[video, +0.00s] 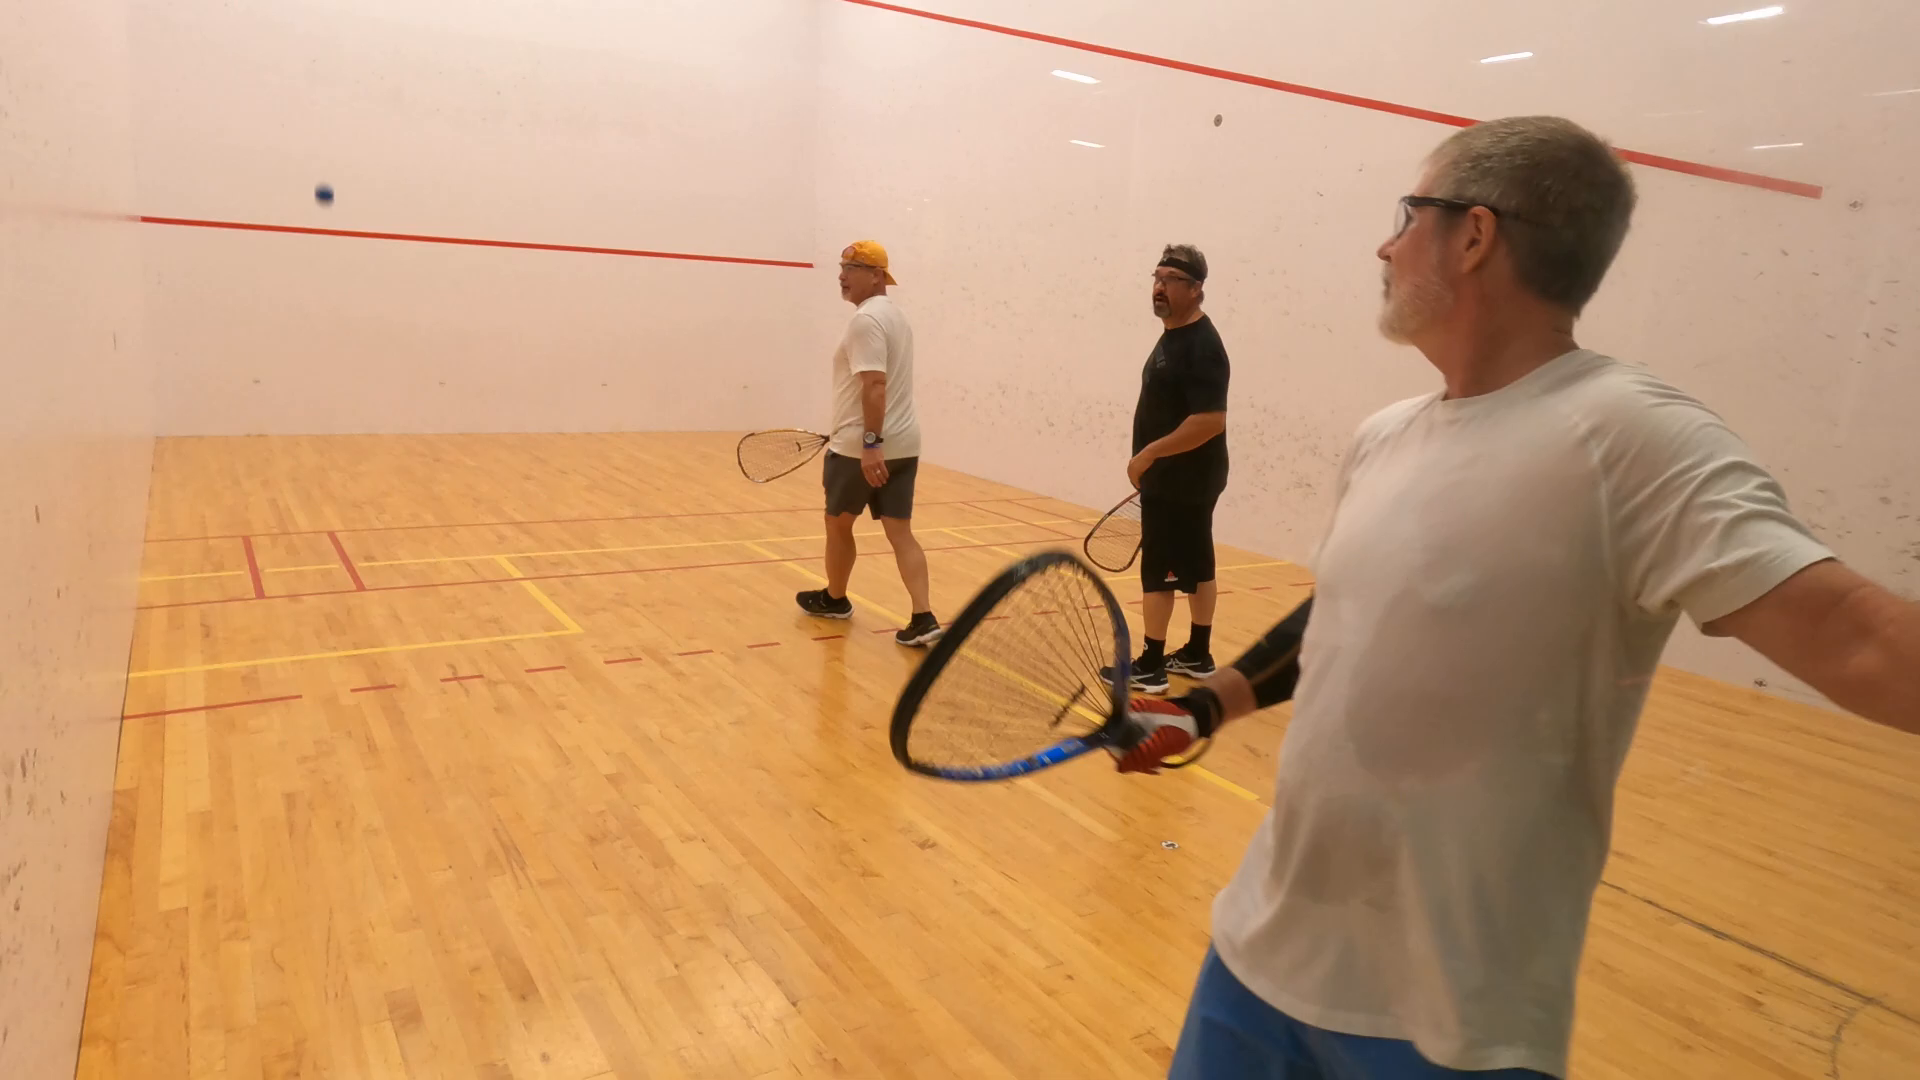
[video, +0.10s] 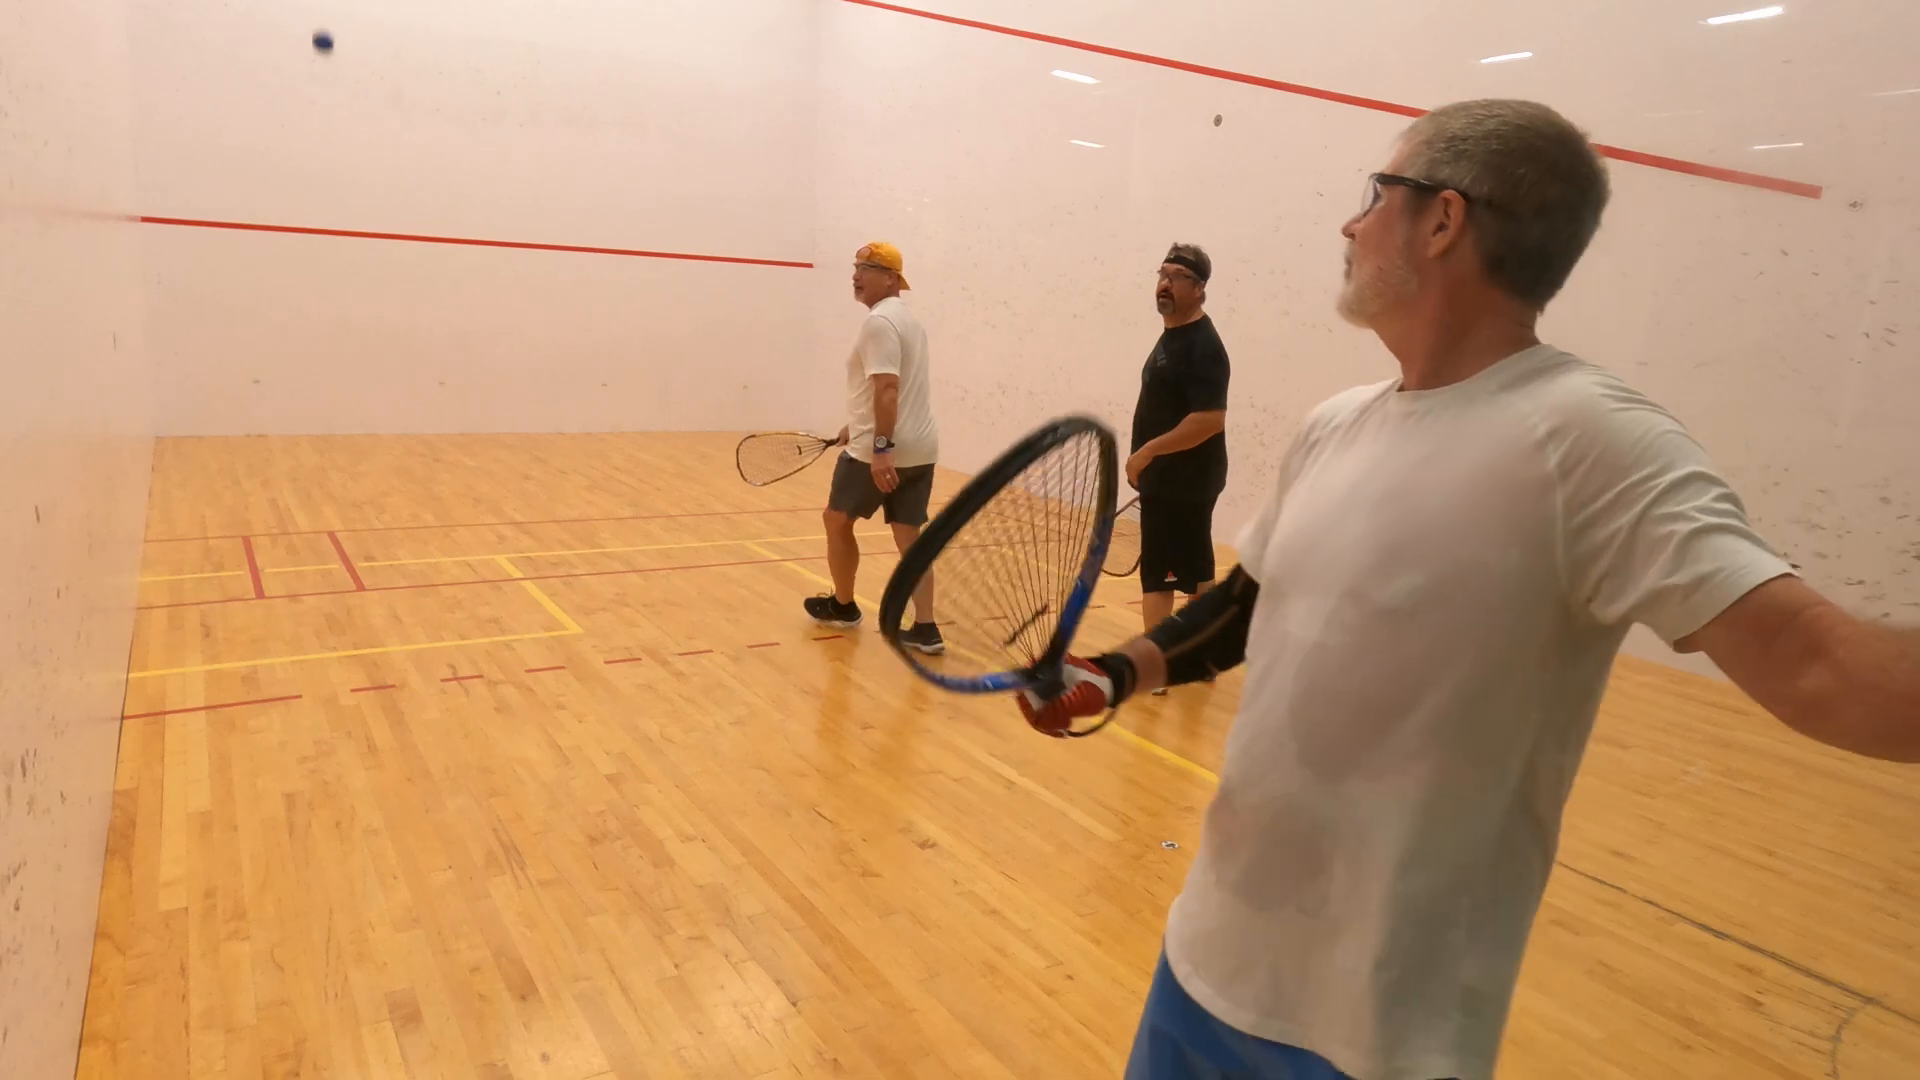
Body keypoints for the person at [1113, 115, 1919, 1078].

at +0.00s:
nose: (1386, 244)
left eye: (1409, 216)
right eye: (1399, 215)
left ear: (1475, 241)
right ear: (1477, 245)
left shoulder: (1628, 434)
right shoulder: (1385, 438)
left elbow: (1858, 635)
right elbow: (1350, 617)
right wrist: (1207, 705)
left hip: (1444, 1018)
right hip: (1257, 961)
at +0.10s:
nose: (1349, 223)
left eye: (1376, 193)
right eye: (1365, 191)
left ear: (1443, 224)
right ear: (1442, 233)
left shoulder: (1590, 436)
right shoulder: (1334, 428)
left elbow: (1808, 656)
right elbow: (1249, 603)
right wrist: (1122, 670)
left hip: (1377, 1026)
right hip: (1205, 963)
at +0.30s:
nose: (1331, 191)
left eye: (1364, 164)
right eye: (1351, 162)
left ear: (1434, 204)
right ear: (1435, 204)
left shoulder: (1561, 451)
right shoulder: (1271, 407)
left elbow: (1794, 699)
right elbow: (1136, 557)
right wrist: (1018, 589)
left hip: (1290, 1033)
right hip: (1136, 968)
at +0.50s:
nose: (1372, 177)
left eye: (1411, 156)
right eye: (1398, 150)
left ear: (1483, 219)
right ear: (1477, 222)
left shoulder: (1575, 474)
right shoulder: (1280, 374)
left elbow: (1704, 775)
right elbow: (1049, 525)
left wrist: (1890, 642)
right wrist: (1037, 475)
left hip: (1277, 1041)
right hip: (1101, 970)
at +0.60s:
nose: (1385, 185)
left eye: (1430, 162)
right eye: (1416, 156)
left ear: (1507, 233)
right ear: (1503, 233)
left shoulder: (1592, 481)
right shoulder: (1293, 382)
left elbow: (1550, 803)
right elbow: (1048, 507)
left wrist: (1467, 667)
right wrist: (1201, 431)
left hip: (1286, 1036)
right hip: (1111, 957)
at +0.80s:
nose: (1437, 183)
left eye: (1489, 164)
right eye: (1465, 153)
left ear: (1583, 243)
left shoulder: (1601, 477)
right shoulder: (1328, 376)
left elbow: (1308, 717)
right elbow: (1066, 440)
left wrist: (1017, 612)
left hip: (1320, 1034)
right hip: (1169, 953)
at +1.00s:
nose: (1427, 145)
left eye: (1466, 123)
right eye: (1454, 117)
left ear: (1535, 187)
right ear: (1529, 189)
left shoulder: (1570, 427)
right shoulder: (1356, 360)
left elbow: (1341, 742)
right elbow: (1160, 376)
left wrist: (1038, 712)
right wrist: (1001, 338)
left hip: (1418, 1048)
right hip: (1267, 989)